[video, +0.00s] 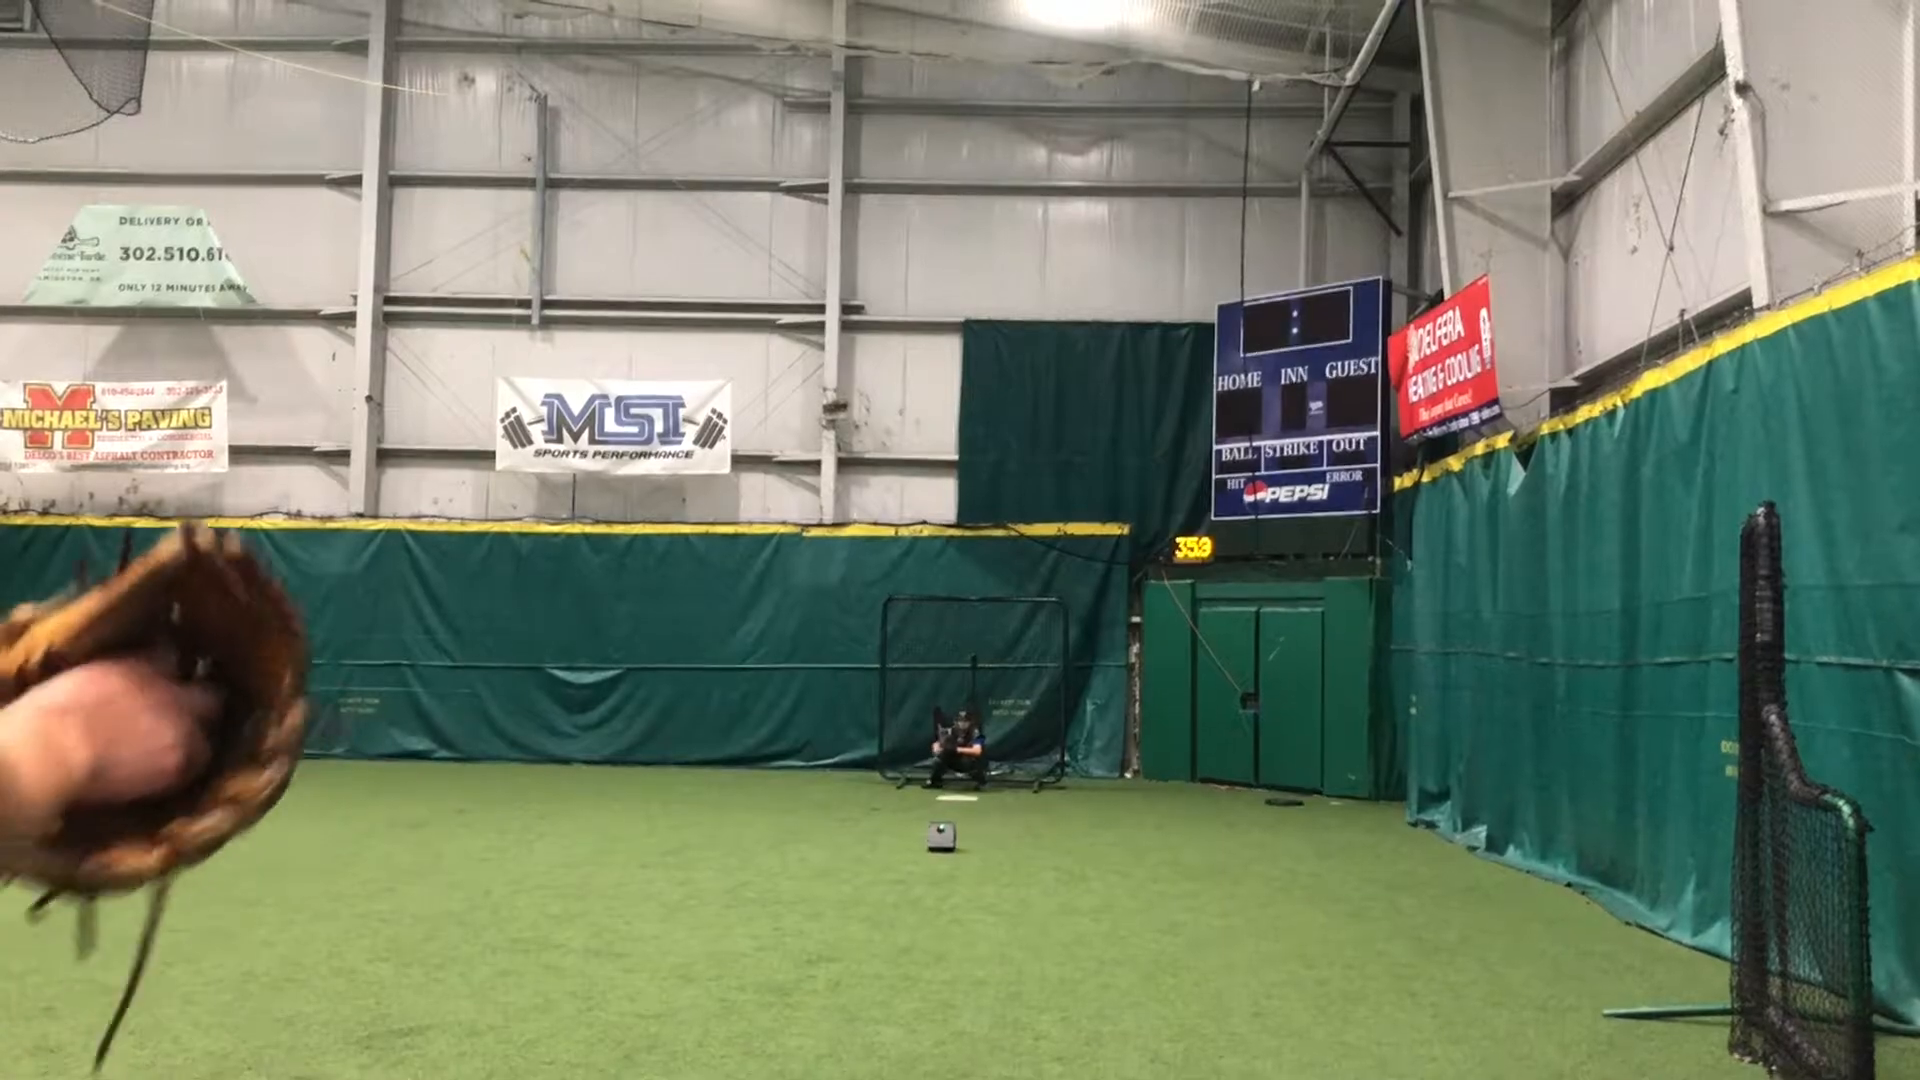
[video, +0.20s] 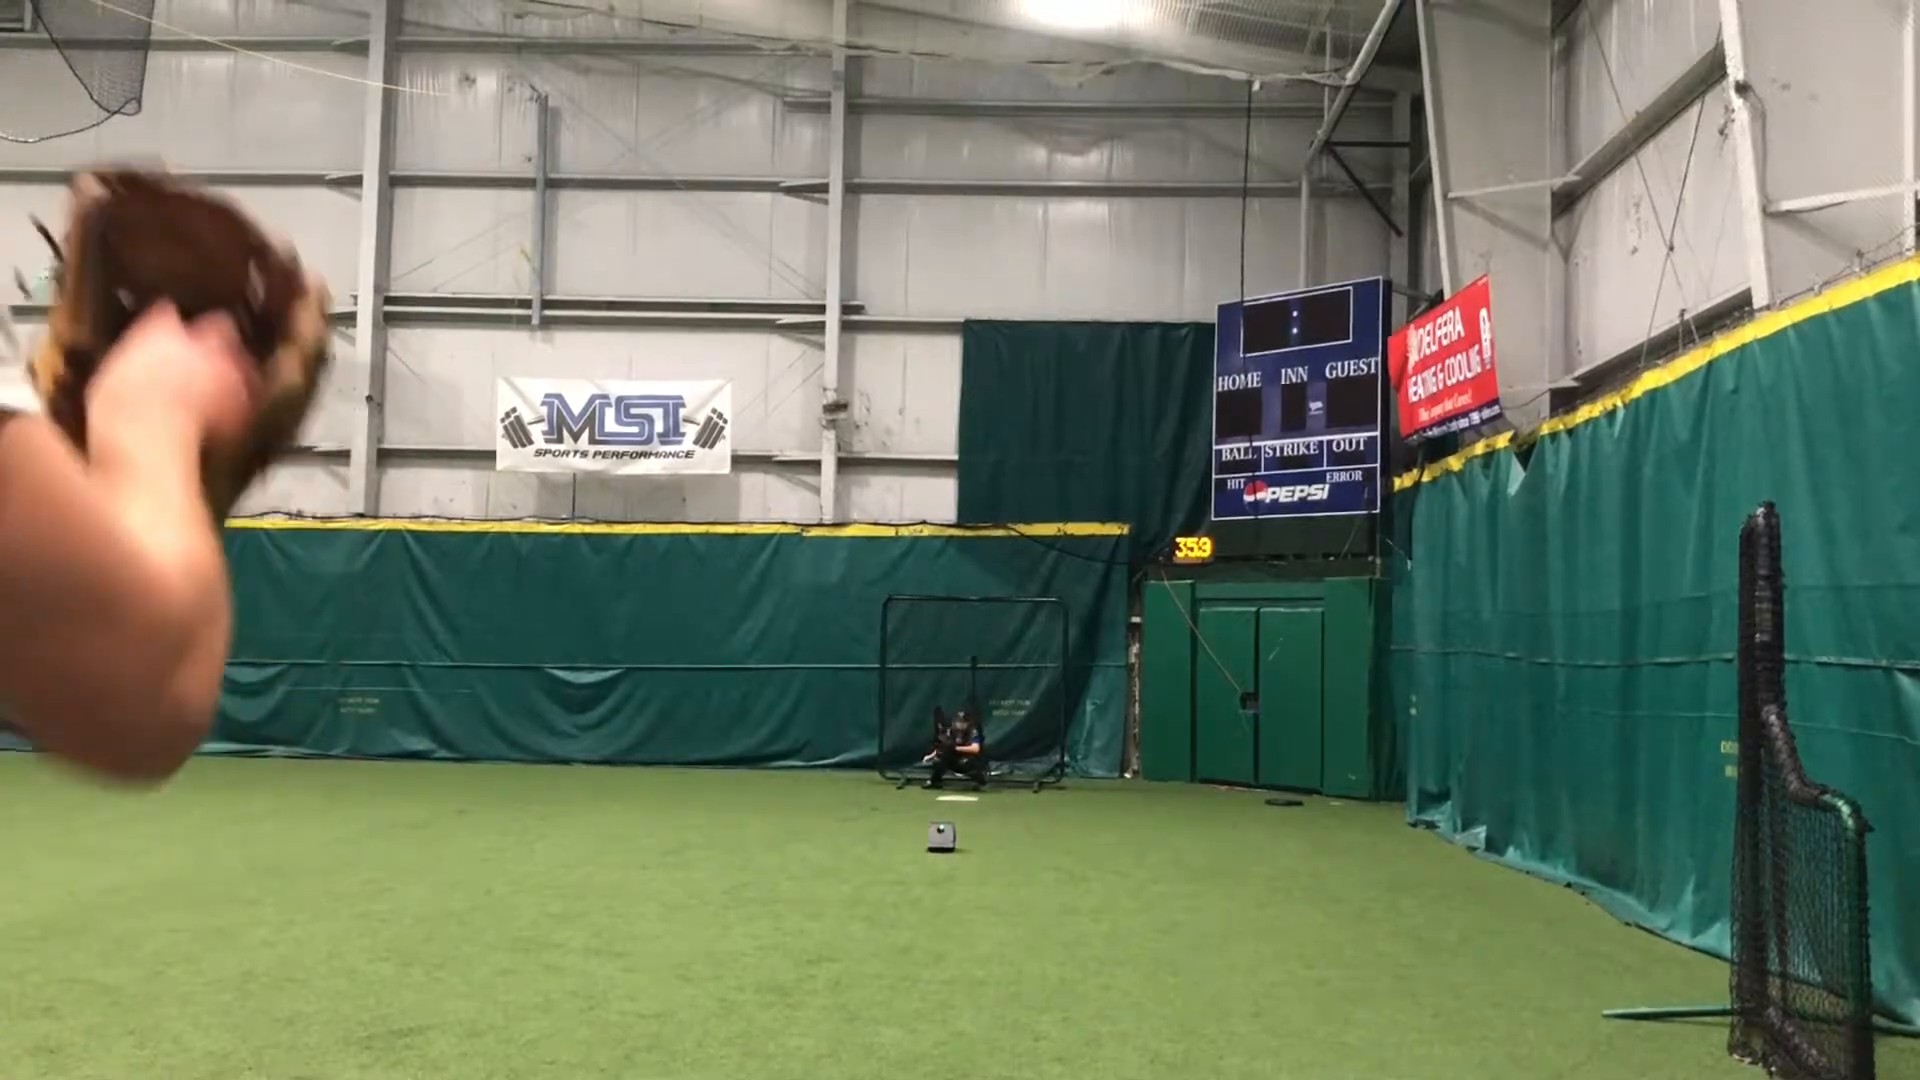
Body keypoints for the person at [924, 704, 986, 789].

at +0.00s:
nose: (962, 724)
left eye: (965, 721)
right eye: (959, 721)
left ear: (970, 723)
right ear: (956, 722)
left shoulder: (975, 734)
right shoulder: (952, 732)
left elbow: (977, 751)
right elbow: (942, 741)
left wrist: (957, 749)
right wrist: (937, 747)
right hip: (954, 758)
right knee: (941, 759)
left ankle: (981, 782)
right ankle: (935, 781)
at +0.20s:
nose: (959, 726)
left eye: (963, 723)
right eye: (957, 723)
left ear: (968, 723)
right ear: (954, 723)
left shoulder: (973, 733)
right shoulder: (951, 732)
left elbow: (975, 749)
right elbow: (943, 746)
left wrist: (955, 748)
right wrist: (931, 755)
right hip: (955, 757)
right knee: (941, 760)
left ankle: (981, 782)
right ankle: (935, 781)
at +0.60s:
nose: (957, 727)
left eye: (960, 723)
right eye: (954, 723)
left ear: (966, 724)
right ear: (951, 724)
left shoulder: (971, 735)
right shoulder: (949, 734)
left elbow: (974, 752)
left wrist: (957, 755)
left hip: (964, 761)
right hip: (949, 759)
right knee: (937, 766)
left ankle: (980, 782)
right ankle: (935, 781)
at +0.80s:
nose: (957, 726)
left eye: (960, 723)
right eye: (955, 723)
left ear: (966, 724)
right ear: (951, 723)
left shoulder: (971, 735)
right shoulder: (949, 733)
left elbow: (976, 754)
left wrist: (960, 758)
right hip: (949, 758)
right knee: (937, 763)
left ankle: (980, 781)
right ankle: (935, 781)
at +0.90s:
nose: (958, 726)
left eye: (961, 723)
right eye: (955, 722)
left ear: (966, 724)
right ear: (951, 724)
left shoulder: (971, 736)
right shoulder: (947, 734)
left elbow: (976, 755)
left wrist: (962, 759)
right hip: (950, 759)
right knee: (937, 763)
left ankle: (980, 782)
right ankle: (935, 781)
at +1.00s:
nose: (958, 727)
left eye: (961, 723)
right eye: (955, 723)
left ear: (966, 725)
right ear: (951, 724)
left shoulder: (972, 736)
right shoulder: (947, 734)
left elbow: (977, 755)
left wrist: (963, 760)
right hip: (950, 760)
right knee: (937, 763)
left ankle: (980, 782)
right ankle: (935, 781)